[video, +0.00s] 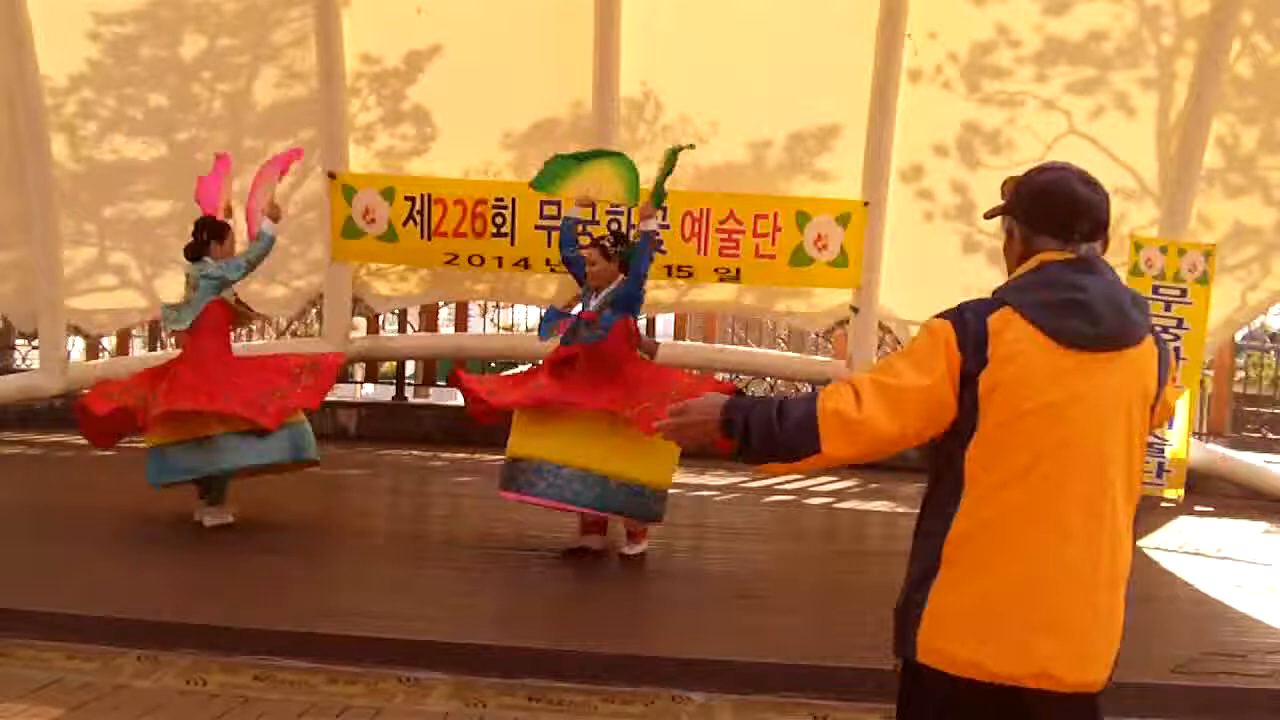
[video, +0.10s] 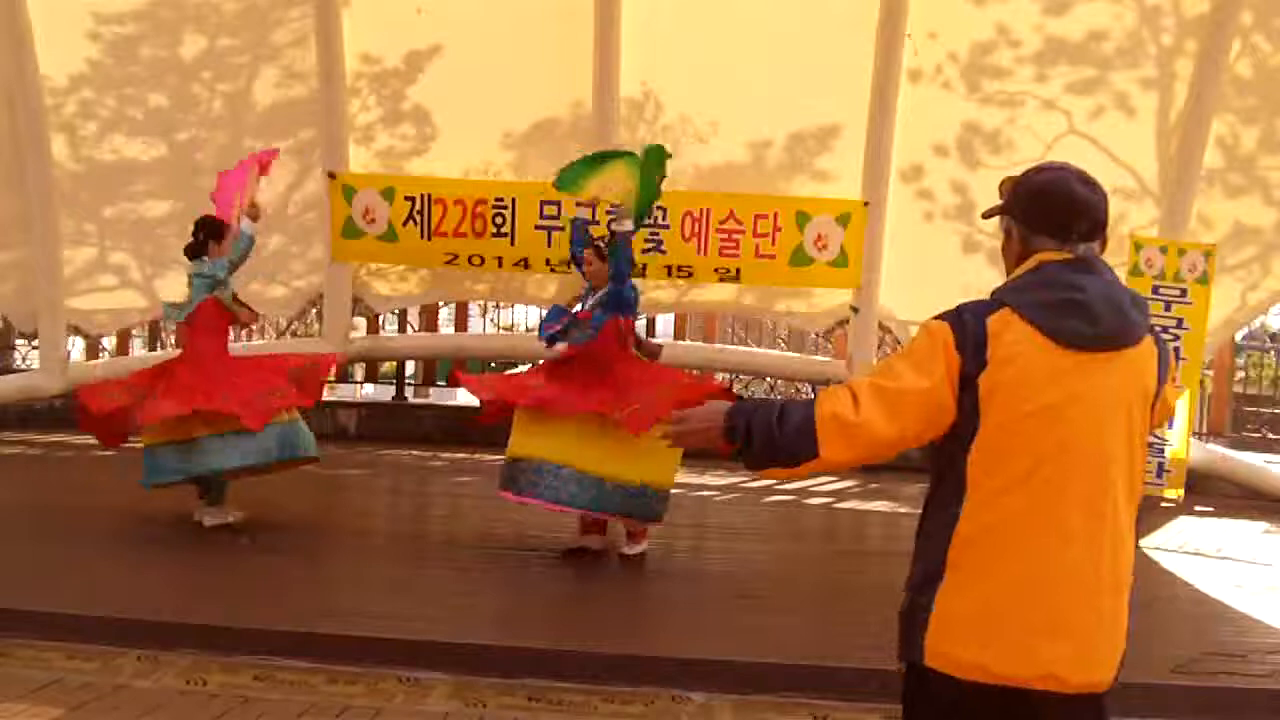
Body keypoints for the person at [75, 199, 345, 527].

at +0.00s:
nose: (233, 249)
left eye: (231, 242)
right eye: (229, 243)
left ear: (206, 245)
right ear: (216, 245)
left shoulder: (198, 274)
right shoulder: (213, 275)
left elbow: (227, 259)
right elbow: (249, 261)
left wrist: (223, 219)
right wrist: (272, 226)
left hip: (195, 361)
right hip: (211, 363)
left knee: (204, 429)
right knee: (217, 430)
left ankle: (207, 501)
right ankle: (215, 505)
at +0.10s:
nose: (231, 247)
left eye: (230, 241)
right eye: (228, 242)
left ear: (205, 242)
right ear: (215, 244)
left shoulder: (202, 274)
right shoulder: (214, 278)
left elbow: (238, 253)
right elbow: (247, 317)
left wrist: (249, 223)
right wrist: (238, 308)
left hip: (198, 361)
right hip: (209, 362)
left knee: (205, 427)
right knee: (217, 429)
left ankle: (207, 501)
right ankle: (214, 505)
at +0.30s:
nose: (211, 247)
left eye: (217, 242)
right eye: (206, 242)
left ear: (227, 245)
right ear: (197, 244)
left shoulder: (236, 276)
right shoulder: (186, 275)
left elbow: (271, 262)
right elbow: (149, 256)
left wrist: (293, 231)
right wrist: (132, 217)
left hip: (225, 359)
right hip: (191, 358)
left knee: (218, 430)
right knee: (193, 429)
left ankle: (211, 502)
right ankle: (196, 504)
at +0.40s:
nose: (196, 247)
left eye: (203, 241)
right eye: (195, 241)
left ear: (221, 244)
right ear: (196, 246)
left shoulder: (229, 278)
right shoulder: (190, 276)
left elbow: (246, 254)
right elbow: (153, 257)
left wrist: (248, 216)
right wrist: (132, 220)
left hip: (218, 358)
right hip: (189, 358)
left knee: (216, 427)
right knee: (192, 427)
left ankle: (216, 501)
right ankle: (197, 502)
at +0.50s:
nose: (204, 233)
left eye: (209, 228)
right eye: (204, 228)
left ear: (219, 235)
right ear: (213, 235)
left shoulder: (214, 273)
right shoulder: (209, 274)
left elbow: (194, 244)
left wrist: (180, 215)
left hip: (207, 364)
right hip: (209, 362)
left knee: (198, 433)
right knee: (200, 432)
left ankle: (198, 506)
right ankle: (197, 503)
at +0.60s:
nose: (191, 240)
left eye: (196, 235)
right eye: (194, 234)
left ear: (205, 240)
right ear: (221, 242)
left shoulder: (205, 276)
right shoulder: (217, 274)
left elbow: (157, 255)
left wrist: (132, 217)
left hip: (200, 362)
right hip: (211, 359)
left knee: (187, 429)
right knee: (194, 428)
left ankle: (195, 505)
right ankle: (195, 503)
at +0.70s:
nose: (203, 244)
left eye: (199, 238)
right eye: (213, 240)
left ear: (193, 244)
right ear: (221, 246)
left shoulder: (182, 277)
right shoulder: (231, 278)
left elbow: (144, 252)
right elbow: (270, 257)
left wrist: (125, 211)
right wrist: (278, 223)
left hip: (188, 362)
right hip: (221, 361)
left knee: (186, 428)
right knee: (213, 428)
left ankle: (192, 501)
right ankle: (208, 501)